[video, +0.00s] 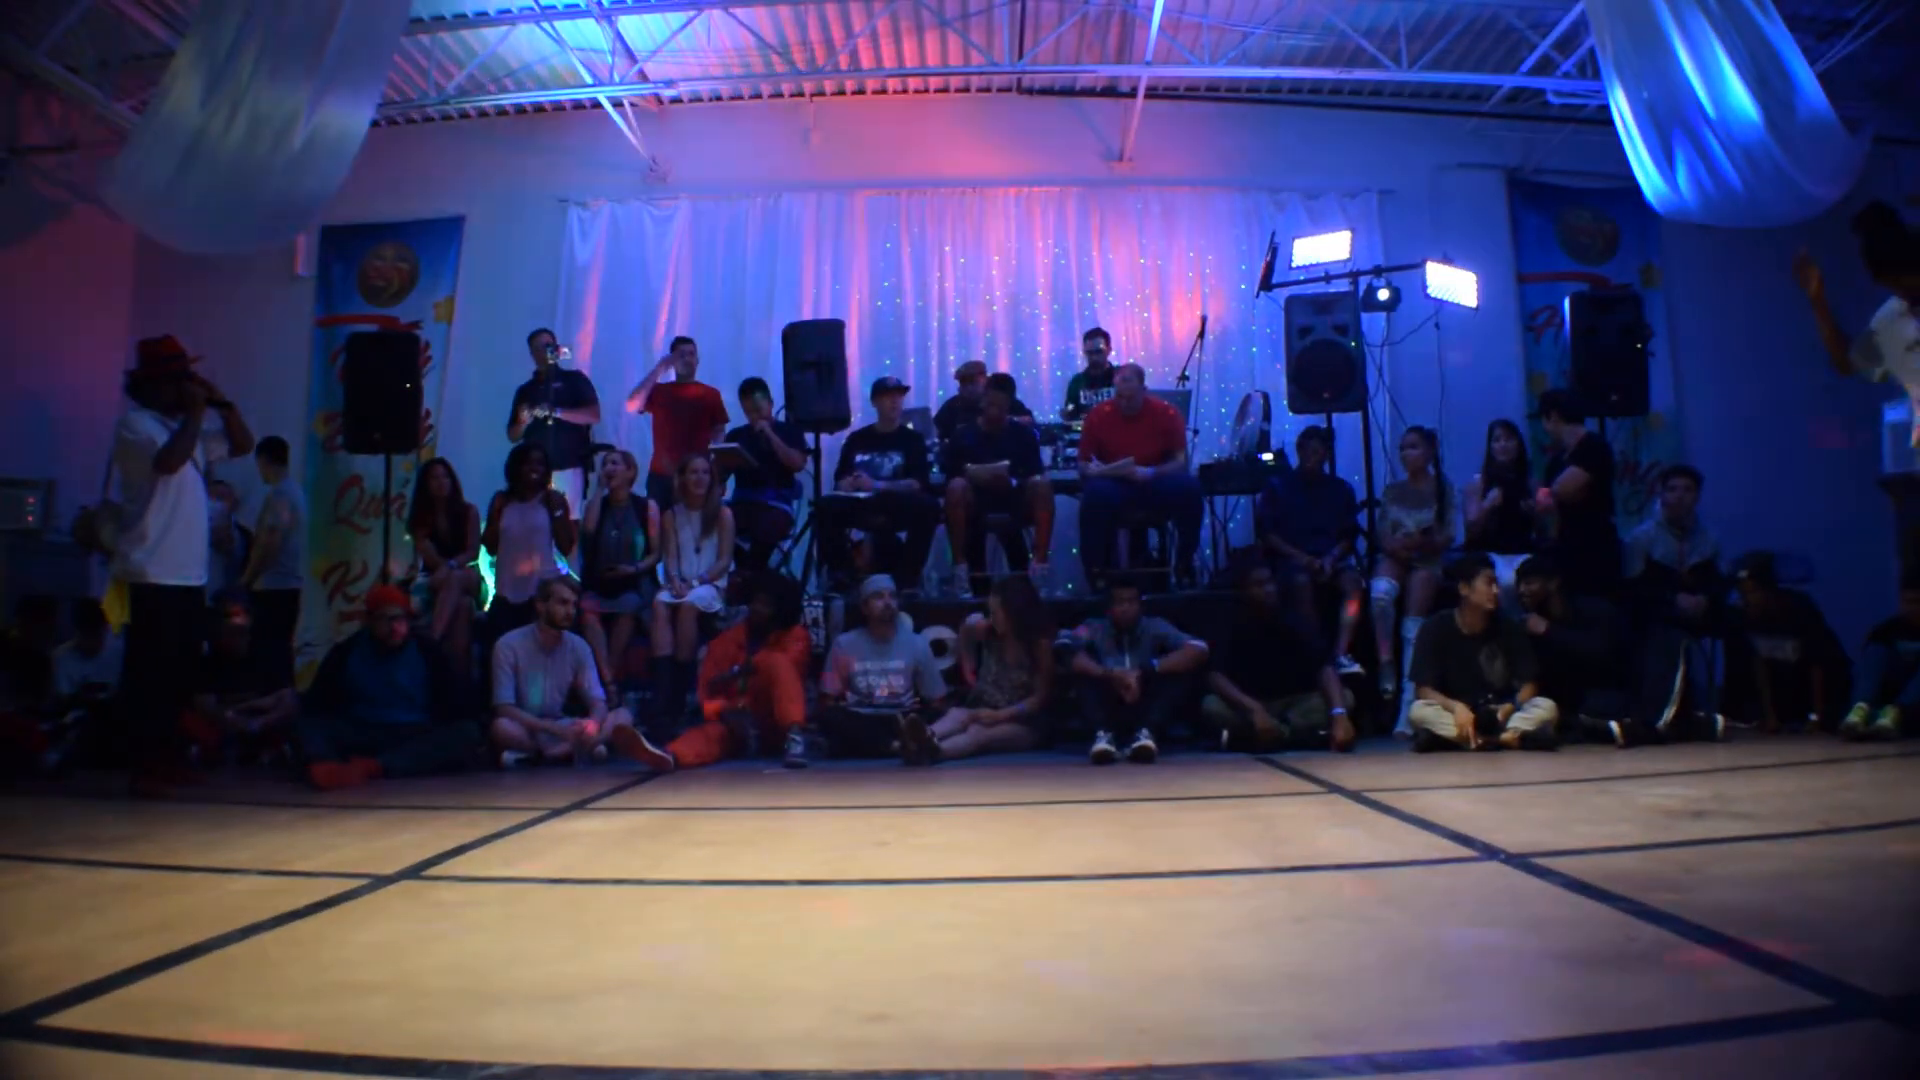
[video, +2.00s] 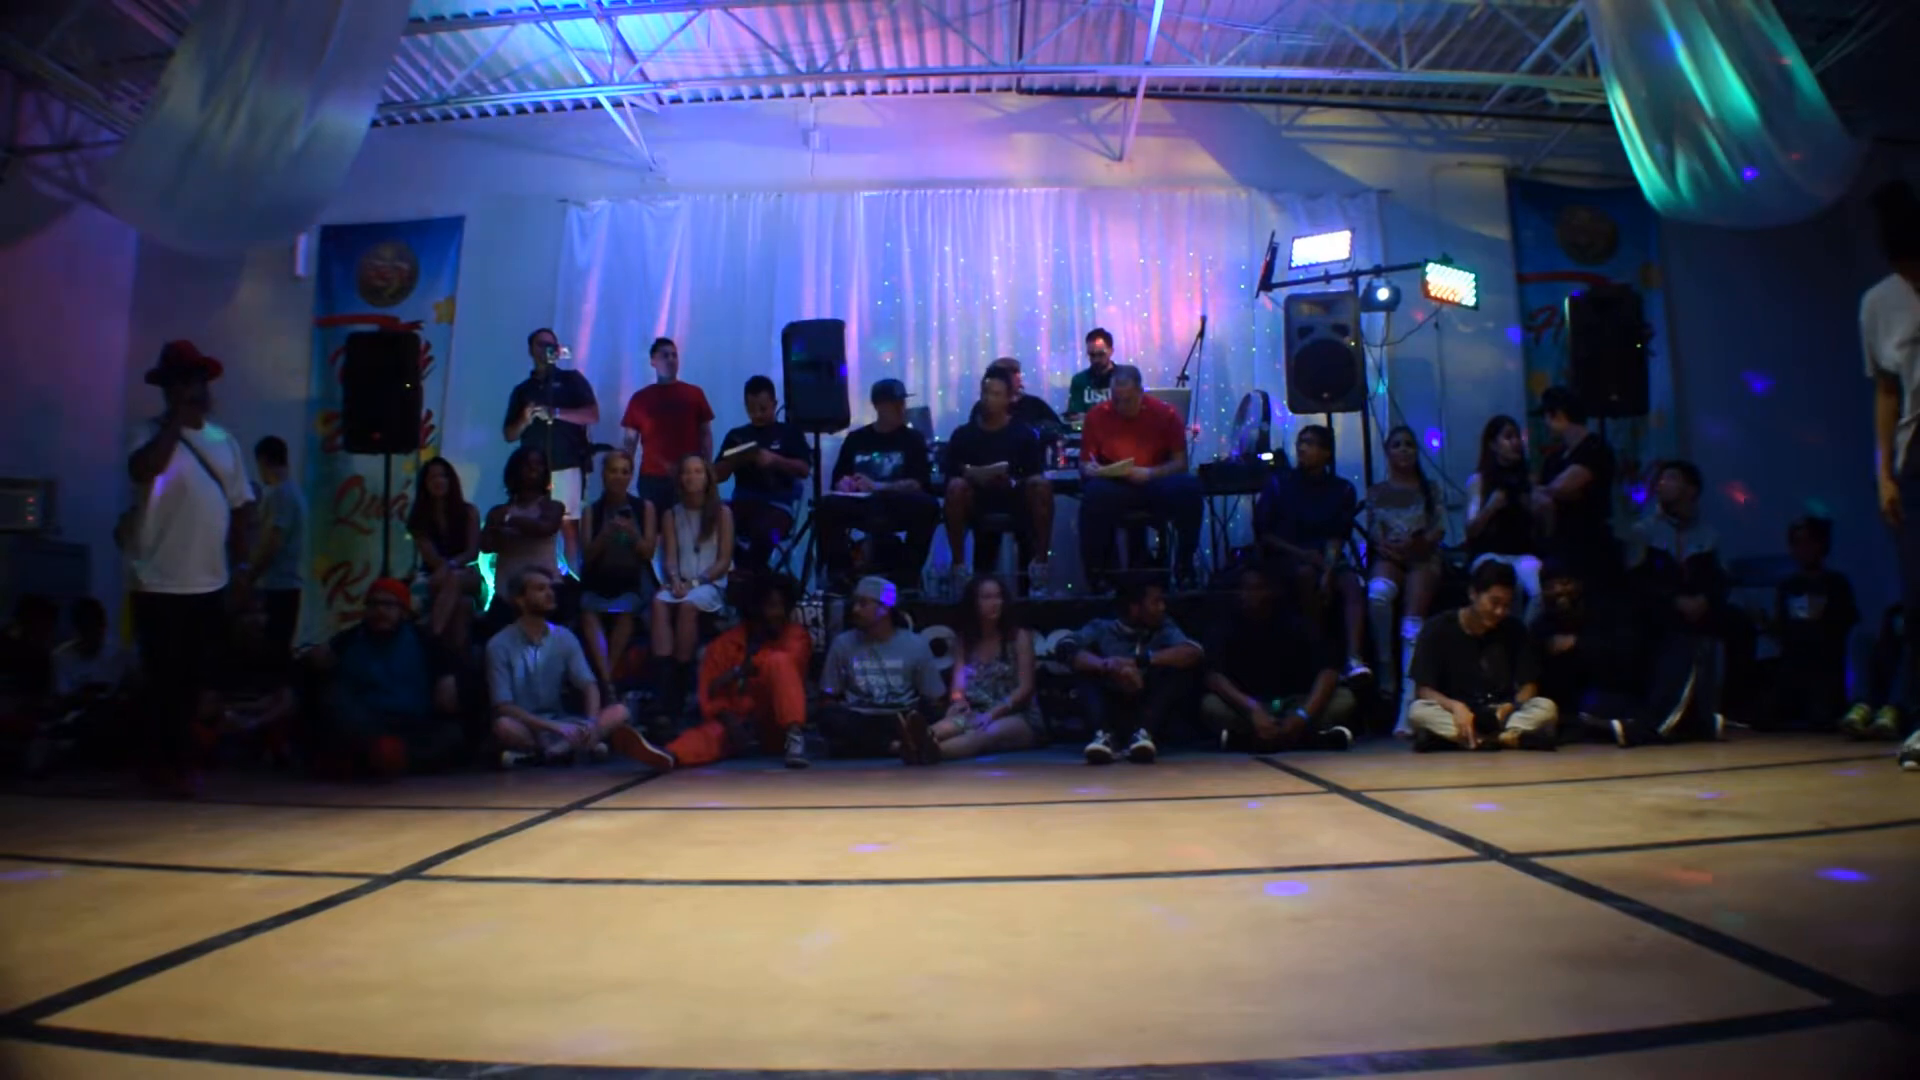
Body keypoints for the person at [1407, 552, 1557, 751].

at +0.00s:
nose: (1495, 590)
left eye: (1495, 584)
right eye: (1488, 583)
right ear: (1464, 589)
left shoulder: (1507, 626)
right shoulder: (1436, 628)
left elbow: (1529, 684)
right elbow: (1423, 690)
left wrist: (1511, 707)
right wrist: (1457, 708)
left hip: (1500, 706)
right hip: (1458, 708)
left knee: (1546, 707)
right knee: (1419, 711)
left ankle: (1468, 743)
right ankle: (1506, 740)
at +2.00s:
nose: (1500, 612)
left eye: (1506, 606)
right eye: (1494, 603)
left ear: (1511, 605)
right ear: (1473, 595)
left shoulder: (1513, 631)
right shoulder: (1438, 629)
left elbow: (1529, 686)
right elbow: (1423, 690)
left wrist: (1511, 706)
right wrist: (1456, 707)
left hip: (1501, 705)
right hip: (1457, 707)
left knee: (1546, 707)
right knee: (1418, 711)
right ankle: (1506, 740)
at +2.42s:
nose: (1507, 601)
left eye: (1507, 594)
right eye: (1501, 594)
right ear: (1476, 597)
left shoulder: (1512, 628)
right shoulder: (1438, 629)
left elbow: (1528, 686)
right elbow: (1423, 689)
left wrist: (1511, 706)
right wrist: (1456, 707)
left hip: (1500, 706)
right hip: (1456, 708)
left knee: (1546, 708)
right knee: (1418, 711)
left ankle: (1470, 742)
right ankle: (1504, 740)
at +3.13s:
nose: (1501, 596)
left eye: (1505, 588)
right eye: (1494, 587)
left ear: (1510, 592)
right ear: (1471, 591)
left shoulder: (1516, 629)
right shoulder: (1444, 628)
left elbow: (1529, 684)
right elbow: (1424, 689)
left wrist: (1508, 706)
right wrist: (1456, 708)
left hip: (1501, 706)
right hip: (1457, 706)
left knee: (1545, 707)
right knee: (1417, 711)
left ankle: (1461, 743)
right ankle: (1501, 740)